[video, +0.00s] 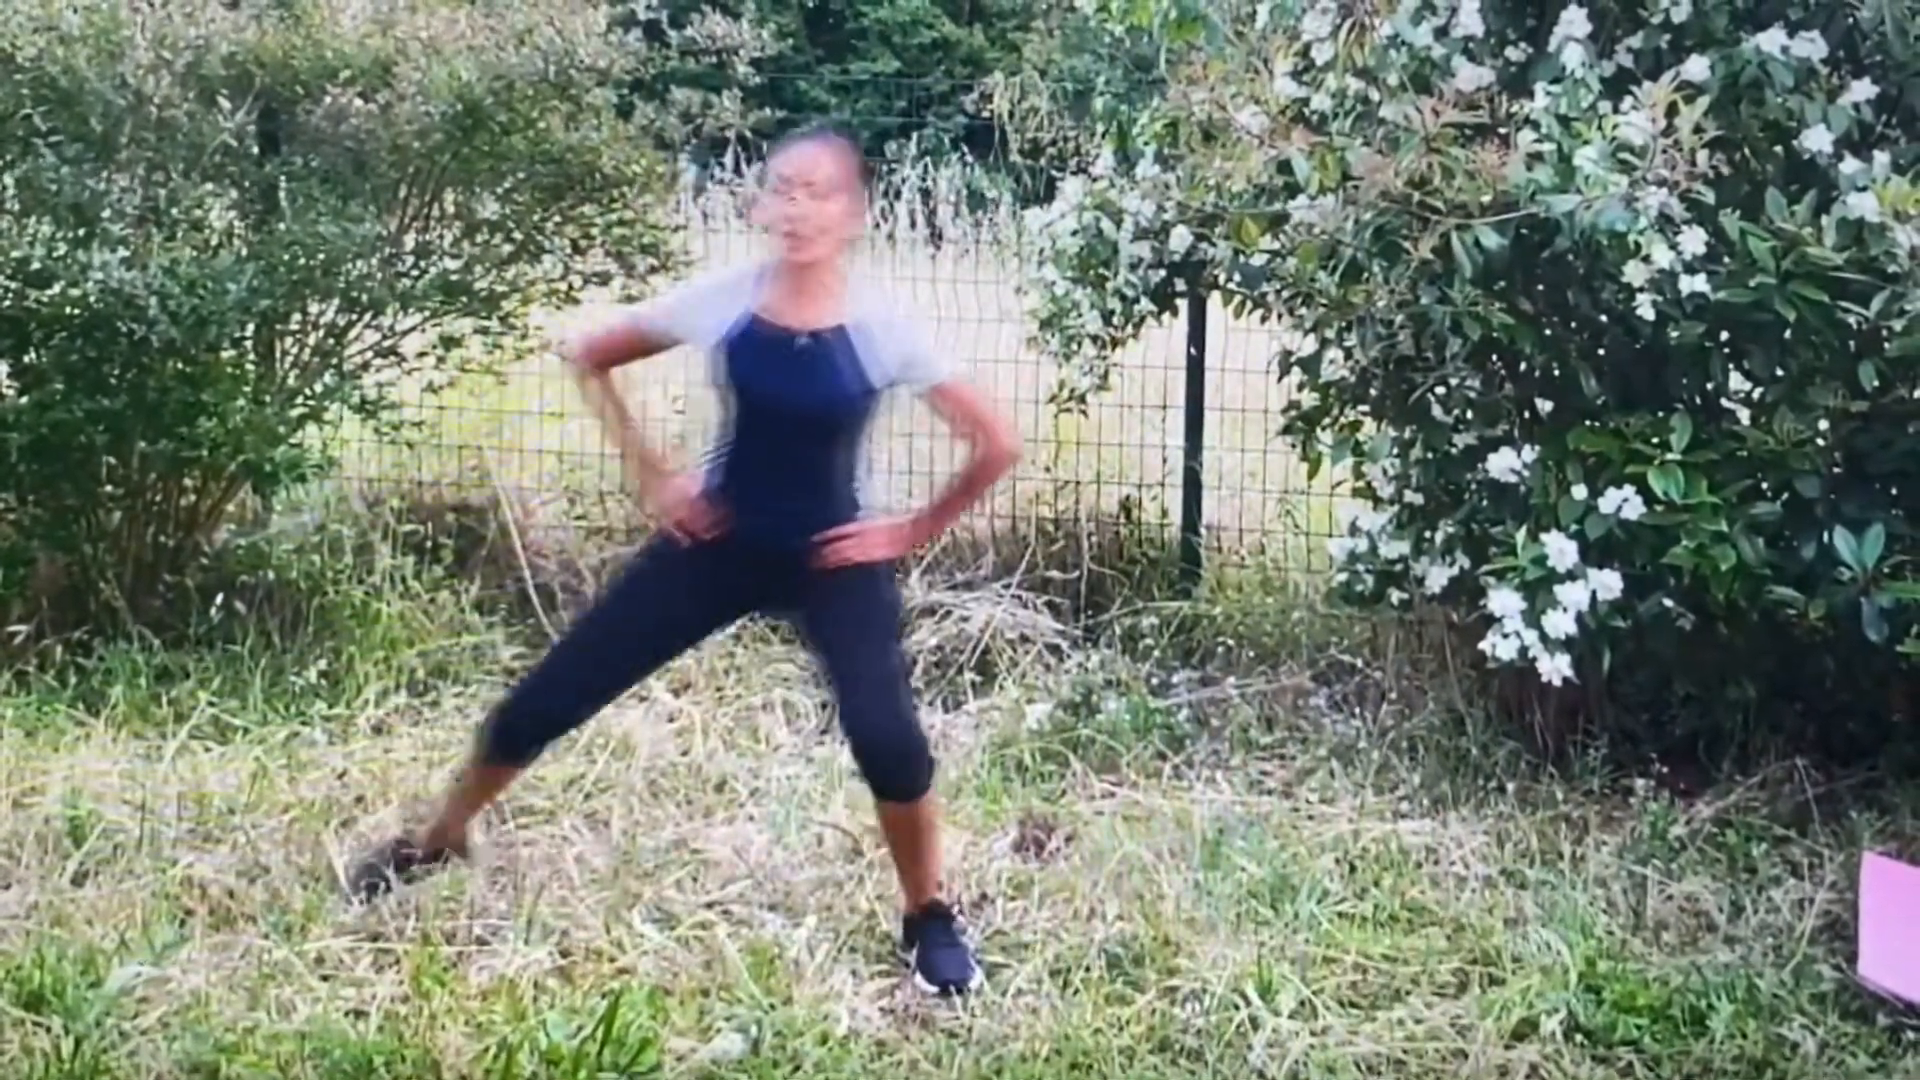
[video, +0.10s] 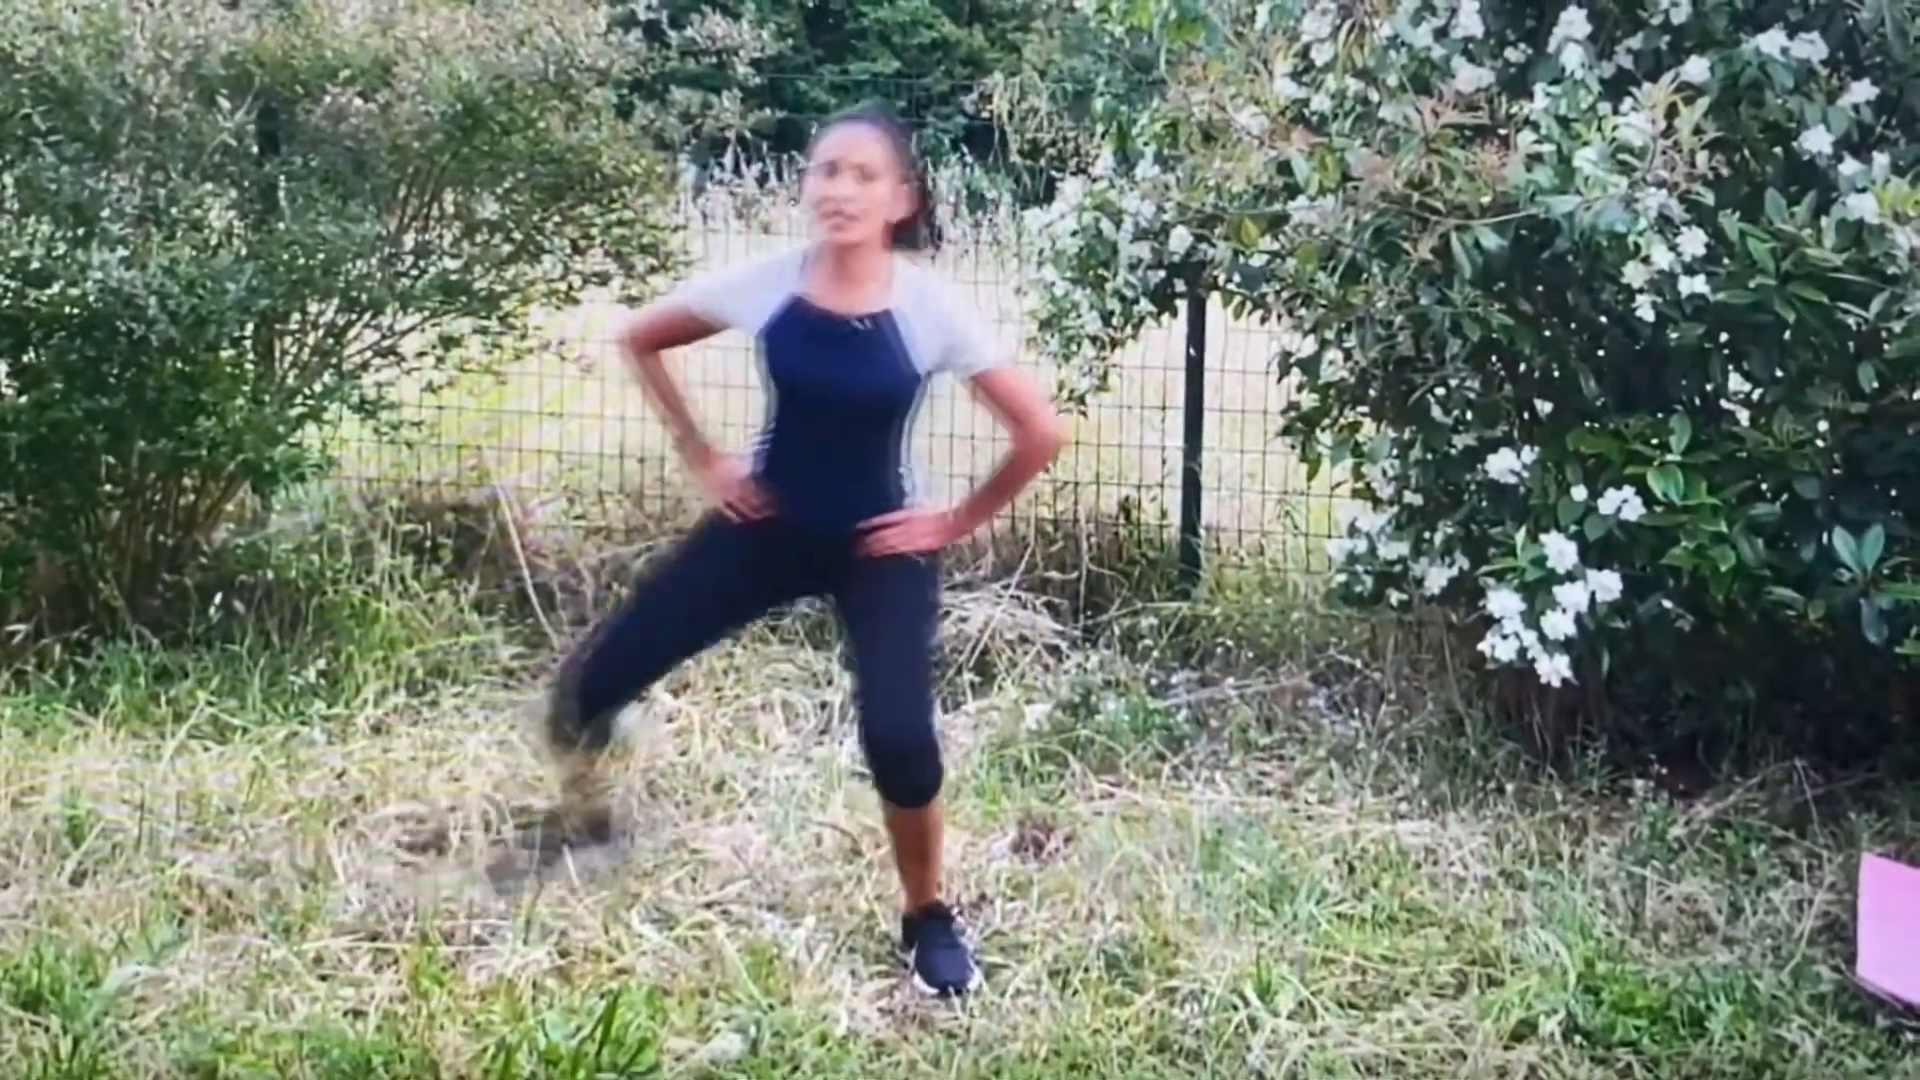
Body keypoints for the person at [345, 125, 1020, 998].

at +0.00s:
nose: (796, 209)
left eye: (819, 193)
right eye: (783, 190)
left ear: (857, 215)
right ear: (762, 206)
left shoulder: (881, 328)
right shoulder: (723, 303)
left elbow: (1000, 444)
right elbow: (586, 355)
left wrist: (913, 531)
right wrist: (654, 474)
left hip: (838, 565)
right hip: (717, 550)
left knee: (893, 746)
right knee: (534, 710)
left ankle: (930, 917)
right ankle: (437, 841)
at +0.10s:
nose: (840, 189)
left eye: (864, 175)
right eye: (828, 171)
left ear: (903, 202)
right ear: (806, 189)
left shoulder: (931, 306)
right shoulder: (768, 284)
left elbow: (1041, 435)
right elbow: (638, 339)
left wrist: (955, 523)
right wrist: (703, 457)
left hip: (883, 548)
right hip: (768, 529)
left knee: (901, 740)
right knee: (586, 689)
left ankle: (926, 914)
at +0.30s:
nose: (869, 171)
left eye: (892, 158)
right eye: (858, 154)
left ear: (930, 188)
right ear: (838, 174)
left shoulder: (967, 287)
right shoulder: (803, 281)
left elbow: (1093, 396)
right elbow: (689, 355)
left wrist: (1018, 496)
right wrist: (772, 472)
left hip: (952, 534)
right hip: (836, 531)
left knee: (986, 738)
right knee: (757, 732)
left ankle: (950, 909)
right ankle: (840, 911)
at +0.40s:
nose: (884, 177)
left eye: (909, 164)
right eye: (872, 160)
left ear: (946, 196)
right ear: (849, 183)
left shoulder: (984, 290)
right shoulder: (821, 292)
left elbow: (1124, 386)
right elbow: (711, 383)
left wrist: (1057, 490)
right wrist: (801, 490)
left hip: (988, 538)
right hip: (868, 545)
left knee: (1084, 705)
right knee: (779, 743)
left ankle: (1064, 867)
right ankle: (844, 917)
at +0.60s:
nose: (966, 235)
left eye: (988, 224)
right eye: (950, 225)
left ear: (1025, 263)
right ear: (927, 263)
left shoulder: (1069, 353)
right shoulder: (908, 367)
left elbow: (1203, 436)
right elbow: (797, 453)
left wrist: (1144, 549)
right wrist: (889, 558)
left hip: (1080, 605)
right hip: (959, 610)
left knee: (1244, 769)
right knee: (816, 781)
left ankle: (1392, 953)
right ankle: (843, 952)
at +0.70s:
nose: (1018, 309)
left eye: (1041, 293)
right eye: (1008, 294)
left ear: (1087, 323)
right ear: (989, 321)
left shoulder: (1136, 415)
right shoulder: (977, 428)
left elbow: (1273, 514)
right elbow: (860, 521)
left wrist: (1212, 629)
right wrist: (949, 620)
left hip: (1147, 676)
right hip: (1026, 677)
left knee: (1317, 845)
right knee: (857, 832)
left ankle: (1415, 1015)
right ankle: (838, 988)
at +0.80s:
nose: (1077, 368)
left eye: (1098, 353)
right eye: (1066, 354)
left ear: (1144, 376)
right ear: (1049, 375)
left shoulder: (1187, 470)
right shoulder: (1031, 478)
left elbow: (1328, 571)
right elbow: (905, 562)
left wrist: (1253, 679)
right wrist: (987, 664)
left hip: (1188, 725)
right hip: (1061, 723)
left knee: (1366, 889)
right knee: (886, 879)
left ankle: (1415, 1050)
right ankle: (834, 1020)